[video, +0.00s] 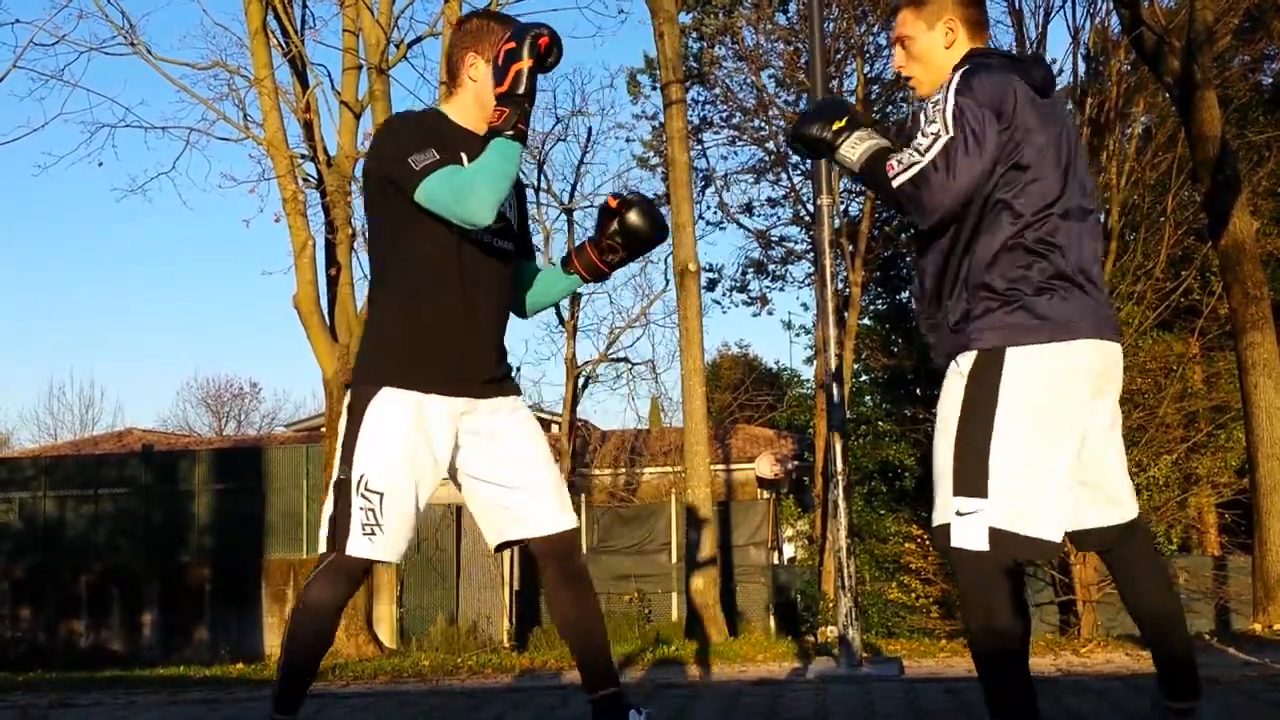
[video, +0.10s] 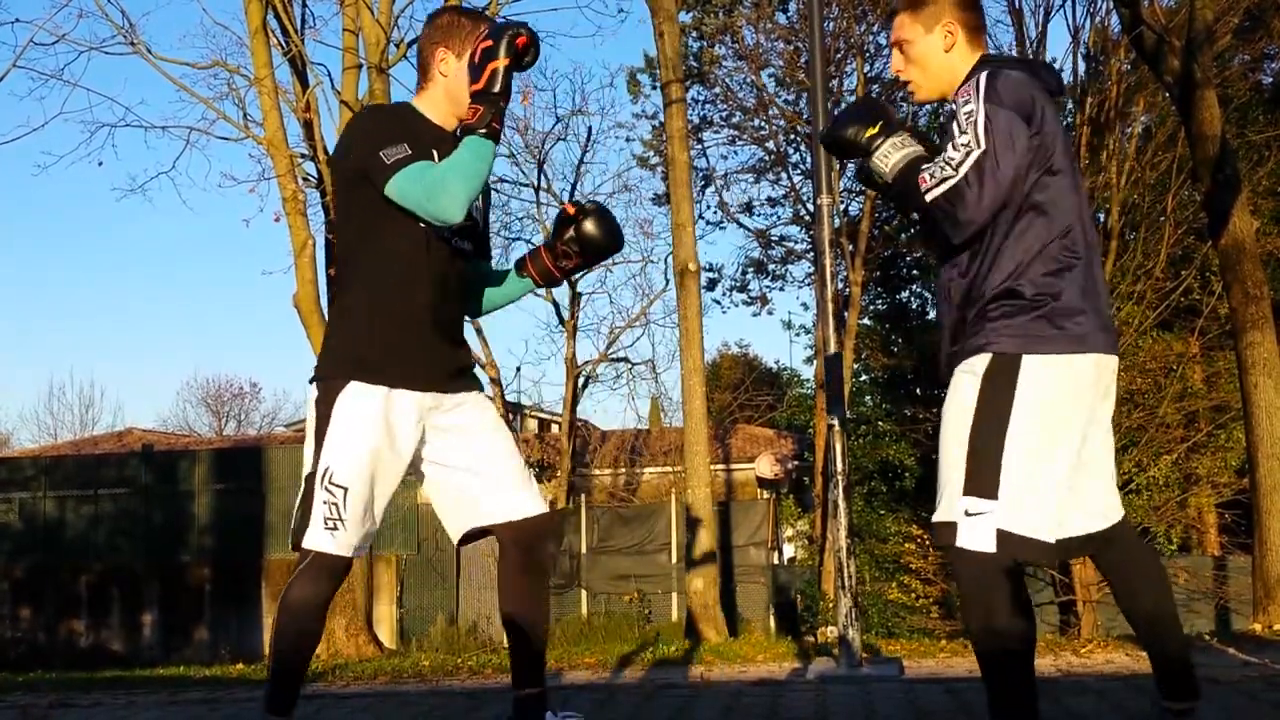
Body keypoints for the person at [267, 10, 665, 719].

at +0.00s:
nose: (519, 83)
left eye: (524, 72)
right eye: (510, 67)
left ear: (508, 77)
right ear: (471, 66)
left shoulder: (506, 177)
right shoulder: (403, 134)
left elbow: (521, 296)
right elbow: (470, 205)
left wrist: (588, 264)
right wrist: (514, 121)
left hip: (488, 390)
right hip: (401, 386)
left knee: (557, 544)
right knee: (351, 558)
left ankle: (611, 708)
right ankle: (282, 711)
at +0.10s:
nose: (491, 89)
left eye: (496, 76)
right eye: (482, 69)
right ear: (442, 62)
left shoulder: (470, 171)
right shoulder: (374, 128)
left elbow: (468, 295)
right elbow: (442, 200)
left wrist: (536, 269)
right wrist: (491, 113)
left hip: (451, 383)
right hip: (368, 378)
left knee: (527, 529)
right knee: (329, 553)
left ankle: (531, 709)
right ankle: (277, 711)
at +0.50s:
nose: (438, 75)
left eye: (444, 65)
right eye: (427, 59)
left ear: (445, 75)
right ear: (384, 56)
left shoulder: (426, 175)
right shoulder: (312, 125)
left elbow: (431, 285)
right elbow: (352, 212)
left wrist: (498, 259)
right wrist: (411, 134)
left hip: (403, 383)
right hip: (316, 375)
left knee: (413, 546)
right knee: (287, 546)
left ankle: (383, 710)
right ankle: (240, 706)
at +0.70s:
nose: (418, 92)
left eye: (419, 77)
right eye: (408, 73)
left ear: (374, 71)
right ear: (363, 65)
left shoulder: (394, 176)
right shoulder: (283, 141)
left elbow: (390, 305)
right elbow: (274, 251)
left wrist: (462, 278)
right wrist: (372, 218)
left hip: (385, 388)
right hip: (298, 387)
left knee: (447, 536)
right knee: (271, 560)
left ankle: (396, 708)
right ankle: (229, 715)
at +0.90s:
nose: (432, 79)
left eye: (434, 66)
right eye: (422, 61)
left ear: (388, 64)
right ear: (373, 58)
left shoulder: (408, 166)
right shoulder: (292, 130)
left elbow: (400, 285)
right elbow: (233, 241)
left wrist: (464, 283)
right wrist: (345, 258)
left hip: (404, 374)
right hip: (315, 374)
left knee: (475, 517)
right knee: (281, 548)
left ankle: (495, 704)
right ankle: (230, 711)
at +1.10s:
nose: (490, 87)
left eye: (491, 73)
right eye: (480, 70)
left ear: (447, 74)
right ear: (433, 66)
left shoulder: (468, 177)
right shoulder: (349, 139)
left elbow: (503, 292)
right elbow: (291, 251)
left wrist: (571, 272)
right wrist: (392, 247)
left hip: (455, 386)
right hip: (362, 386)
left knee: (525, 535)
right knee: (308, 555)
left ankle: (533, 710)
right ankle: (238, 705)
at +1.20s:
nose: (529, 82)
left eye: (531, 69)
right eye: (519, 65)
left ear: (487, 70)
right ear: (471, 62)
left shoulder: (508, 174)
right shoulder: (385, 136)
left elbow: (567, 270)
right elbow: (327, 243)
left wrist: (638, 256)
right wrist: (419, 245)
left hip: (490, 381)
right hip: (397, 380)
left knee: (544, 535)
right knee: (348, 547)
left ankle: (536, 708)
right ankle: (255, 694)